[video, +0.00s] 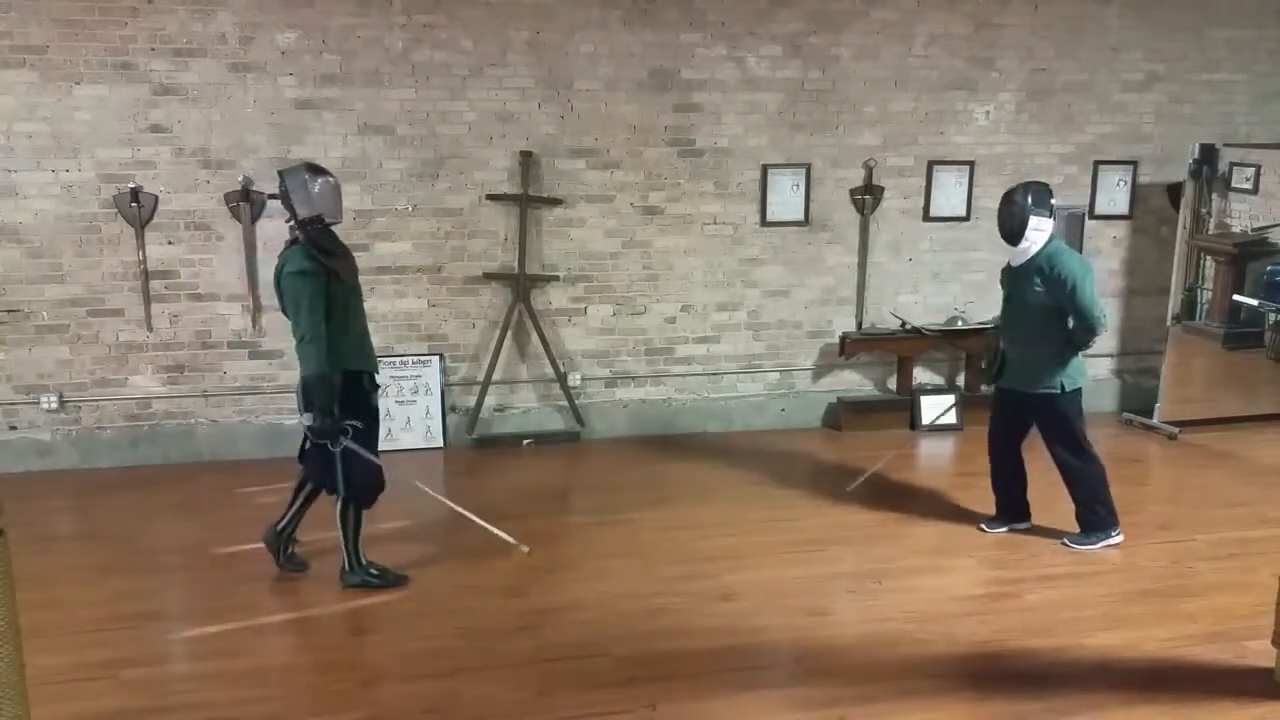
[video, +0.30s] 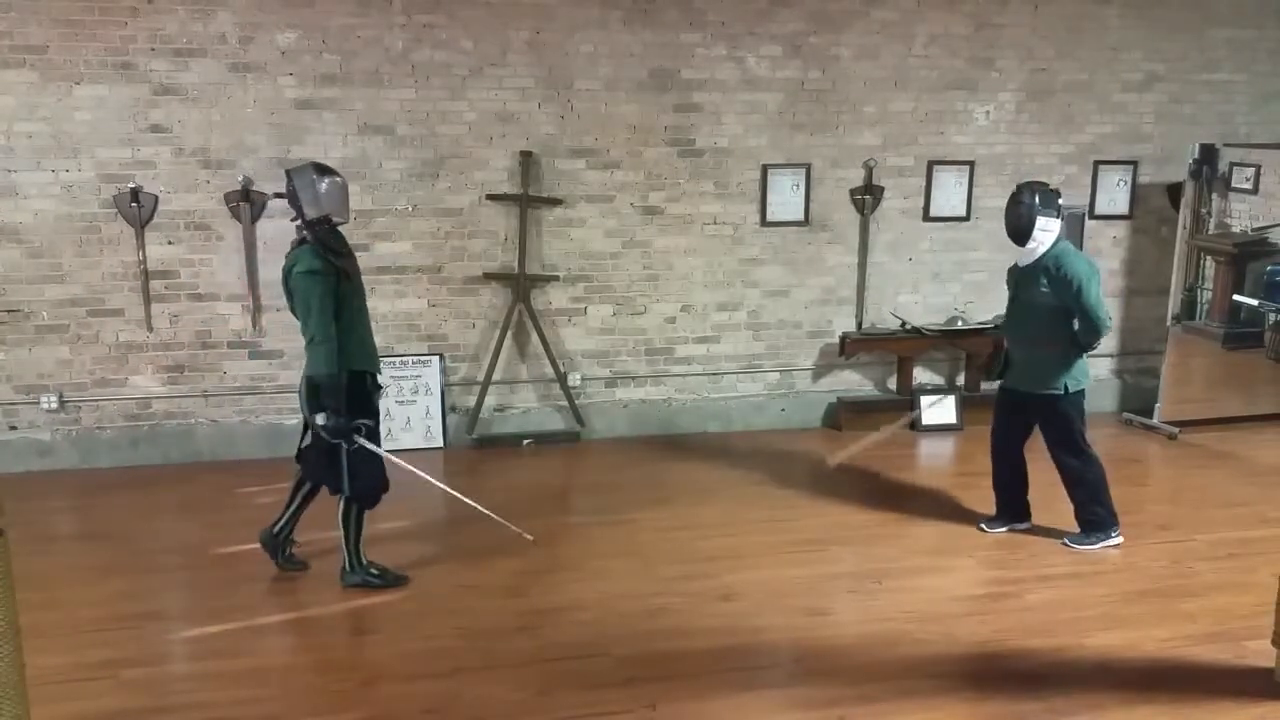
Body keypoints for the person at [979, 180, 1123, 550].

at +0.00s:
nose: (1003, 221)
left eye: (1011, 213)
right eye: (1003, 213)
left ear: (1035, 218)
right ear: (1035, 219)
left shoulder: (1064, 263)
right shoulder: (1015, 265)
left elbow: (1092, 322)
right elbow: (1015, 316)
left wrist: (1069, 342)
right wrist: (1009, 342)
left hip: (1055, 377)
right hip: (1016, 374)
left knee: (1073, 453)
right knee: (1002, 444)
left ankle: (1102, 526)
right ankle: (1013, 514)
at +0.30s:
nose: (1015, 221)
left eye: (1022, 214)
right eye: (1014, 212)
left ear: (1044, 219)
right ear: (1039, 219)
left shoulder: (1072, 265)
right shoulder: (1020, 268)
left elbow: (1097, 324)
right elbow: (1018, 317)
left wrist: (1072, 345)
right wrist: (1006, 337)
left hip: (1059, 379)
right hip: (1020, 376)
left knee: (1071, 454)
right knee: (1004, 444)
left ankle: (1102, 527)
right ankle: (1013, 514)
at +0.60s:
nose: (1023, 220)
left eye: (1031, 213)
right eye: (1023, 212)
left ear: (1053, 218)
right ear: (1035, 216)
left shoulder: (1081, 264)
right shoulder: (1033, 262)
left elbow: (1105, 326)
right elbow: (993, 290)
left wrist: (1081, 345)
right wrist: (945, 312)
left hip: (1063, 377)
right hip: (1025, 373)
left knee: (1071, 453)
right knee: (1009, 444)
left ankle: (1102, 527)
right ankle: (1013, 515)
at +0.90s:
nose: (1032, 219)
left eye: (1041, 213)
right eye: (1033, 212)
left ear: (1064, 219)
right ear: (1044, 217)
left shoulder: (1088, 269)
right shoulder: (1038, 249)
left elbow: (1107, 332)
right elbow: (993, 236)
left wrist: (1082, 344)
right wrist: (937, 221)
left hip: (1067, 380)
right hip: (1030, 373)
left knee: (1073, 455)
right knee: (1016, 445)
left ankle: (1102, 527)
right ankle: (1014, 513)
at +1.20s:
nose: (1043, 224)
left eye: (1051, 218)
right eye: (1044, 217)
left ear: (1071, 224)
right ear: (1059, 220)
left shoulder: (1097, 268)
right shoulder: (1045, 241)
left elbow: (1116, 333)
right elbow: (1004, 219)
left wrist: (1094, 346)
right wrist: (957, 192)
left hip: (1072, 376)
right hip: (1034, 369)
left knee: (1074, 454)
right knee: (1015, 442)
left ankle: (1101, 527)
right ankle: (1012, 514)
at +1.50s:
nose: (1037, 218)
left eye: (1045, 213)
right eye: (1039, 212)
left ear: (1065, 222)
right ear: (1054, 219)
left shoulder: (1088, 266)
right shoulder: (1037, 241)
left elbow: (1109, 332)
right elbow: (997, 215)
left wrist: (1084, 347)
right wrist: (953, 187)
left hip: (1064, 378)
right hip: (1026, 370)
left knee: (1071, 456)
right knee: (1005, 444)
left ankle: (1101, 527)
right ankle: (989, 511)